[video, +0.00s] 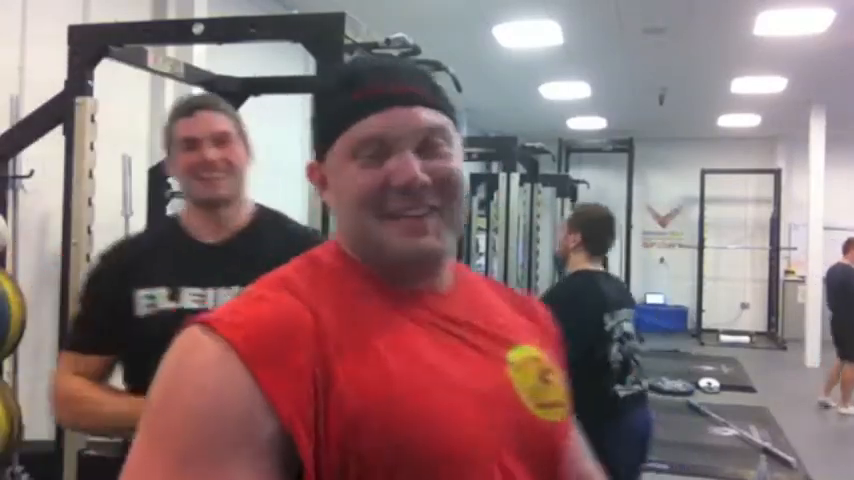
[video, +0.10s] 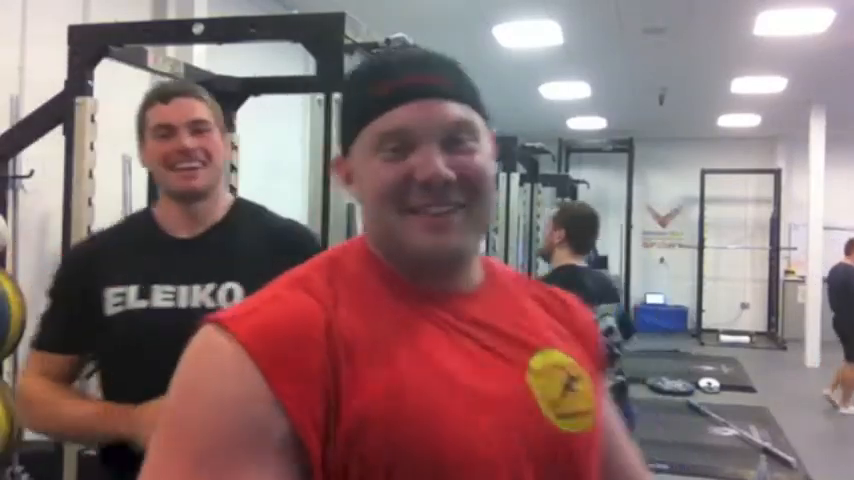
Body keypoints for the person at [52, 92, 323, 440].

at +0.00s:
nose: (209, 157)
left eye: (223, 142)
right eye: (190, 146)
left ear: (247, 152)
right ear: (169, 166)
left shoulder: (308, 256)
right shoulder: (127, 266)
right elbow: (70, 396)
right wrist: (166, 411)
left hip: (281, 462)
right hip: (165, 461)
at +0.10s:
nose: (185, 145)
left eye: (200, 130)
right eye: (164, 134)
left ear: (228, 145)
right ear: (143, 155)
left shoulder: (291, 249)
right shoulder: (94, 264)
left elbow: (333, 379)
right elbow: (34, 396)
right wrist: (133, 421)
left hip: (261, 467)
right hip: (143, 472)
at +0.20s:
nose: (170, 140)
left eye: (185, 126)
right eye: (148, 128)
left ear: (213, 142)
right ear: (125, 150)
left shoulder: (280, 253)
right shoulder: (72, 266)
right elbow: (10, 394)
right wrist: (89, 449)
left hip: (247, 468)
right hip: (121, 473)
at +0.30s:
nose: (167, 141)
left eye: (183, 127)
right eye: (145, 128)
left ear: (210, 147)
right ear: (117, 151)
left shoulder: (277, 265)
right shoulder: (56, 273)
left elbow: (325, 412)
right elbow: (3, 413)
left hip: (231, 469)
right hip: (90, 470)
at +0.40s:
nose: (172, 141)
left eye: (189, 127)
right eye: (148, 128)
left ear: (213, 147)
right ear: (118, 151)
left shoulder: (278, 275)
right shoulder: (48, 277)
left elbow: (322, 424)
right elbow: (2, 423)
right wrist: (16, 472)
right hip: (81, 470)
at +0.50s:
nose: (177, 132)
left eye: (195, 118)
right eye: (154, 118)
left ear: (218, 141)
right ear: (117, 140)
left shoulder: (273, 280)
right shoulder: (27, 264)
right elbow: (7, 402)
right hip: (57, 470)